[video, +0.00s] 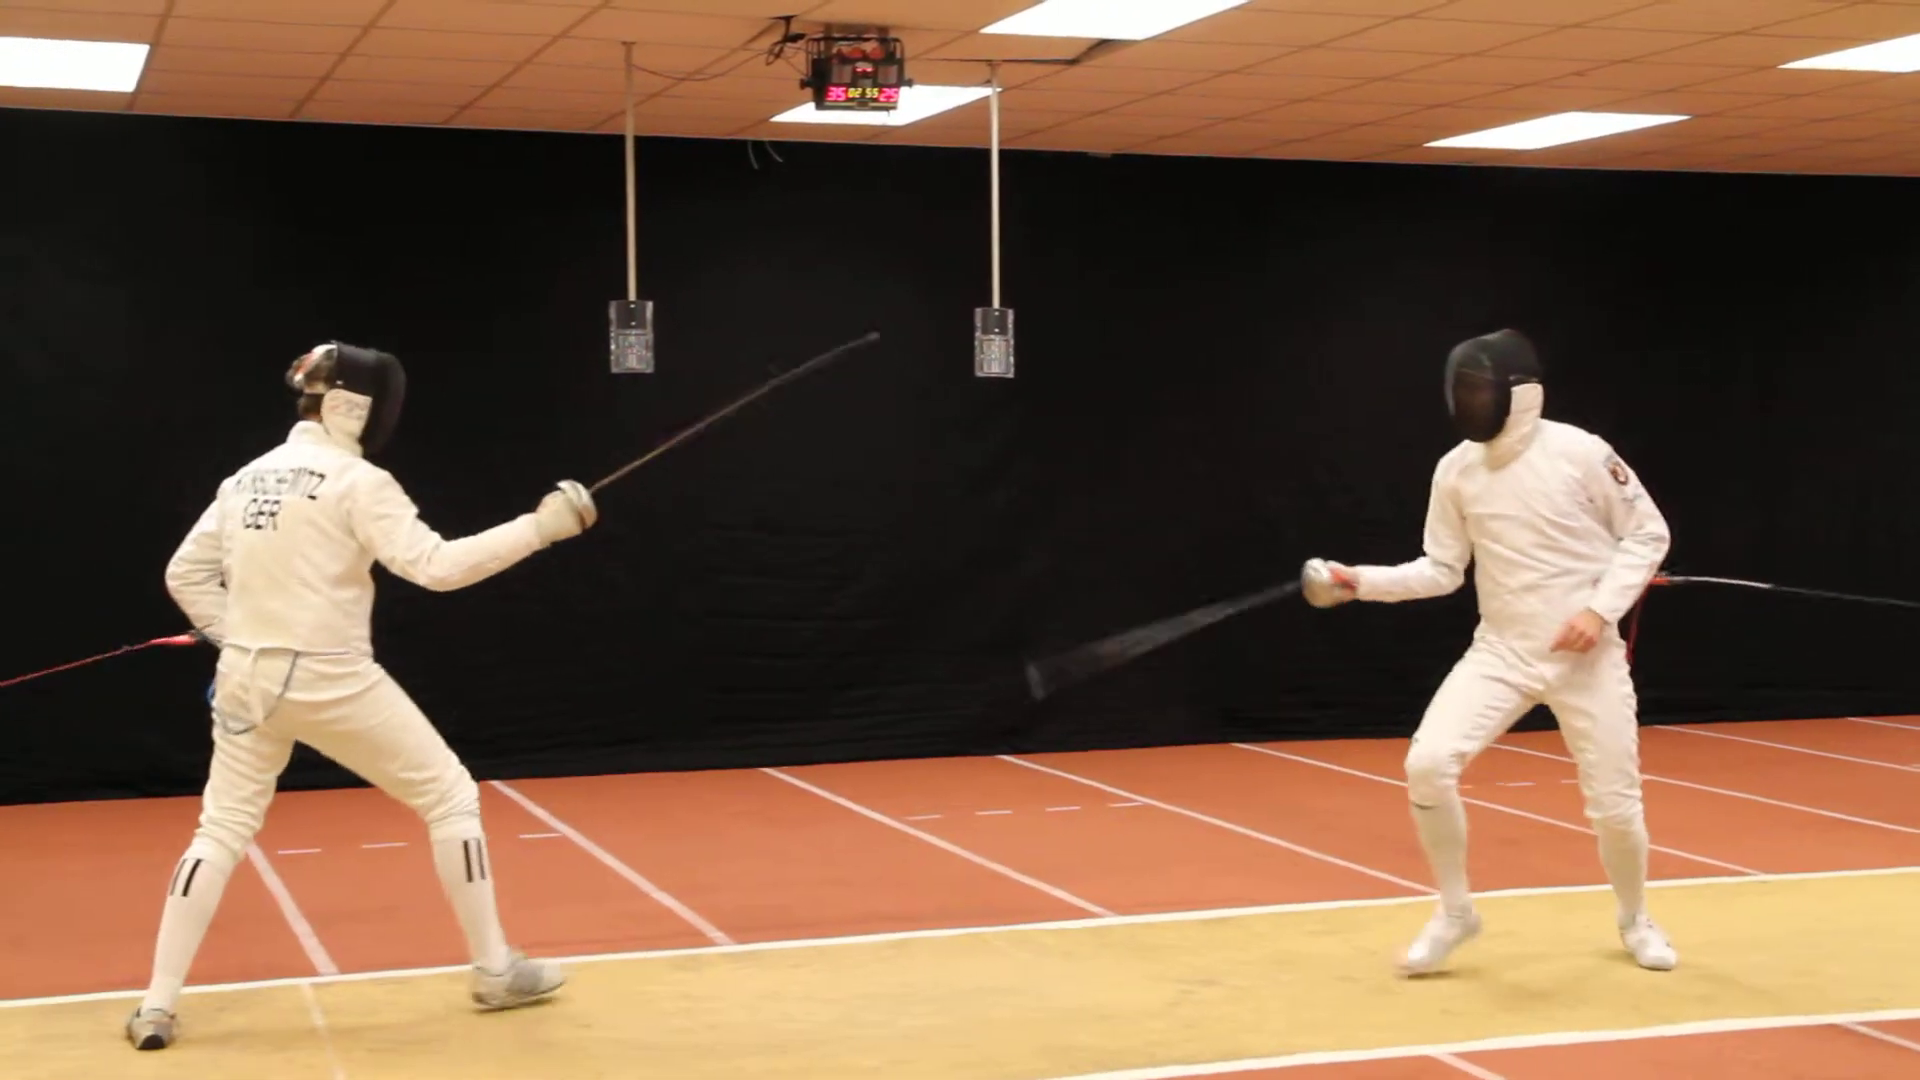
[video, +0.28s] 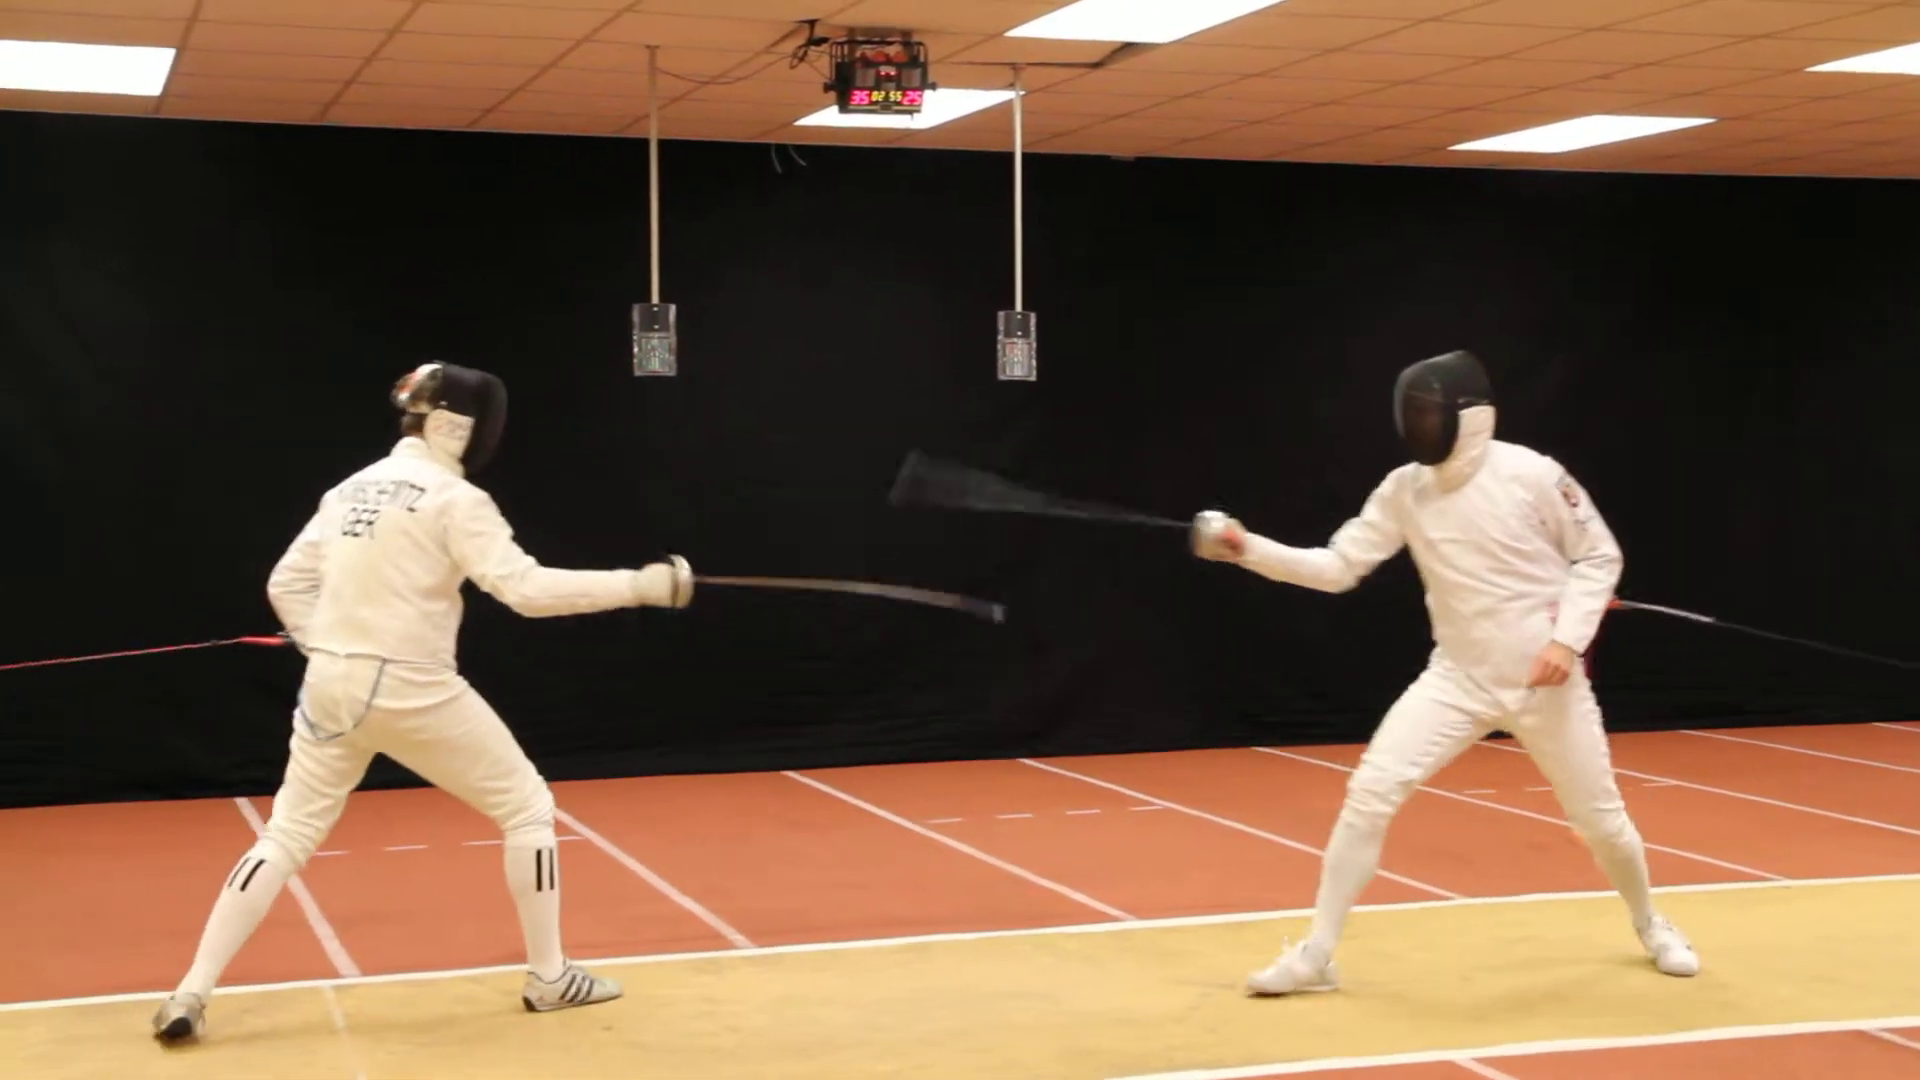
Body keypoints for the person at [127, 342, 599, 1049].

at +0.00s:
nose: (379, 417)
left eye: (377, 405)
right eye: (374, 404)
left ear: (308, 401)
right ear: (350, 405)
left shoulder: (244, 481)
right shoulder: (357, 480)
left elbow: (185, 574)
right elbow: (435, 565)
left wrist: (246, 645)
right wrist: (543, 524)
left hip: (243, 681)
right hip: (334, 679)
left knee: (220, 830)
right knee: (448, 796)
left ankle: (157, 1004)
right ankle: (495, 969)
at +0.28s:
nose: (479, 435)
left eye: (477, 422)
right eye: (473, 421)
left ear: (416, 419)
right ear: (450, 423)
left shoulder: (348, 492)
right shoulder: (454, 500)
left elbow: (287, 584)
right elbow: (526, 589)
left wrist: (337, 655)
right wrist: (645, 584)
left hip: (328, 687)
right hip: (414, 688)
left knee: (284, 836)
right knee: (525, 807)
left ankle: (190, 995)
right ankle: (550, 976)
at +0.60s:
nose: (473, 448)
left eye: (472, 435)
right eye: (468, 433)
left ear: (408, 430)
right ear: (440, 434)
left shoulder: (339, 500)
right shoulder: (444, 509)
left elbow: (272, 590)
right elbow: (496, 606)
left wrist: (317, 667)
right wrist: (593, 561)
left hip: (309, 694)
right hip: (399, 697)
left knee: (254, 840)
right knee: (515, 810)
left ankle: (150, 996)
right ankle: (553, 975)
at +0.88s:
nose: (394, 446)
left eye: (395, 432)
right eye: (391, 433)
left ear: (322, 423)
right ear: (369, 432)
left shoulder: (260, 498)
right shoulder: (361, 504)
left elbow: (197, 586)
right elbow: (418, 595)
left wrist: (244, 656)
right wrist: (525, 560)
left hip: (239, 696)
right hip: (321, 696)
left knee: (219, 841)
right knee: (450, 805)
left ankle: (138, 1003)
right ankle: (470, 980)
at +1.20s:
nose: (415, 440)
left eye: (415, 426)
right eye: (412, 427)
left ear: (341, 417)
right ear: (393, 427)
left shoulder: (279, 493)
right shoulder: (380, 499)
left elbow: (216, 581)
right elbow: (428, 595)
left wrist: (262, 651)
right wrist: (544, 606)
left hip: (256, 689)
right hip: (339, 691)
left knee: (225, 837)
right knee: (456, 811)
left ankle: (150, 1003)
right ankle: (482, 981)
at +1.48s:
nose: (456, 440)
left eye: (455, 426)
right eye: (453, 427)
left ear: (383, 418)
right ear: (432, 427)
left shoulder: (323, 488)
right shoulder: (424, 500)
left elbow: (258, 579)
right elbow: (485, 589)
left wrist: (303, 649)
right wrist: (593, 563)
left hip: (294, 683)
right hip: (377, 687)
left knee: (252, 835)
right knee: (490, 808)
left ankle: (169, 1000)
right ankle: (498, 980)